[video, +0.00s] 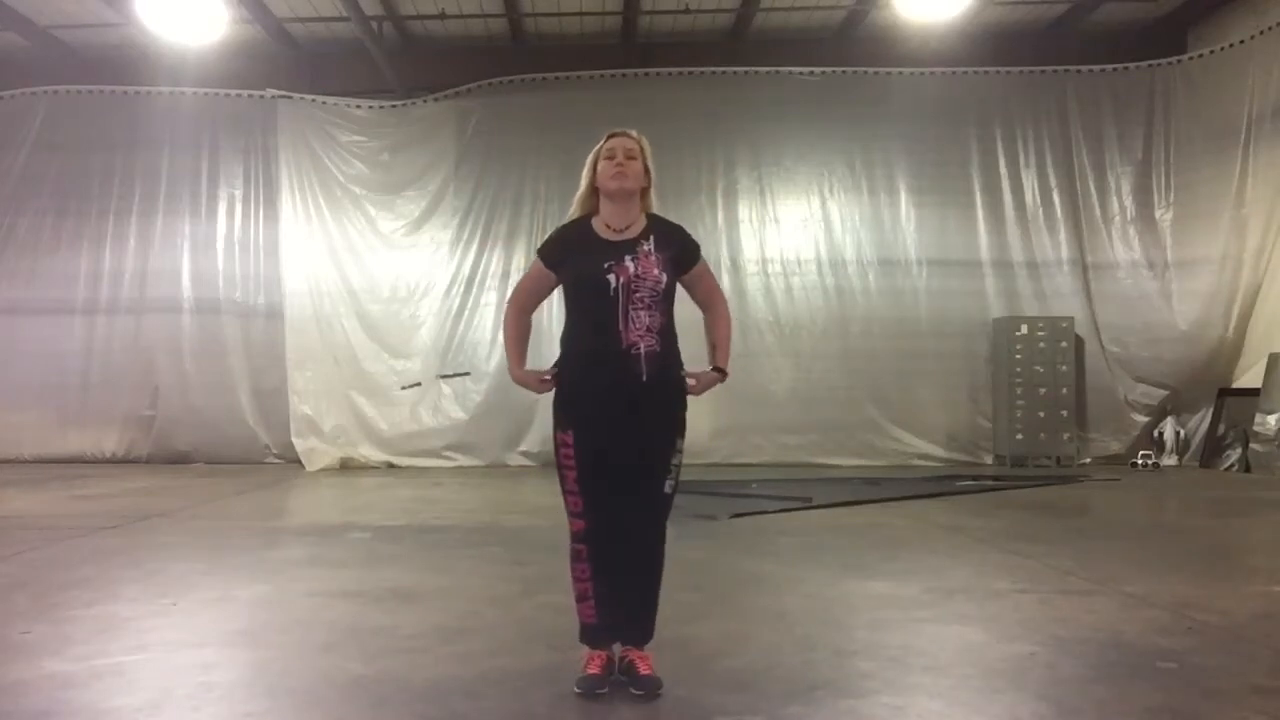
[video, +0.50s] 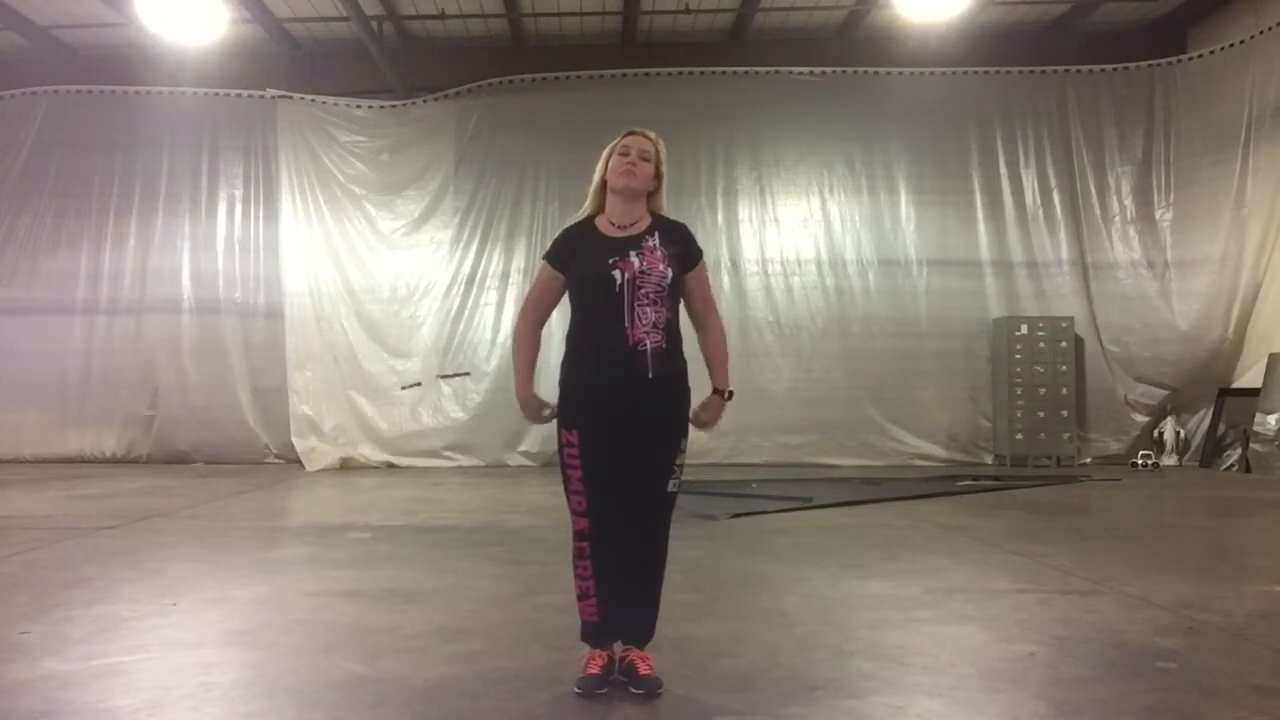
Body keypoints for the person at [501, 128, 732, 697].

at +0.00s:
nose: (619, 163)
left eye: (629, 156)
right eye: (609, 156)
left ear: (646, 173)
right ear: (594, 173)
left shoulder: (671, 240)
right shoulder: (569, 241)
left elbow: (713, 303)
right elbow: (520, 304)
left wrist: (720, 367)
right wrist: (517, 370)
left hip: (656, 403)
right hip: (585, 402)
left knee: (645, 524)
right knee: (589, 527)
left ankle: (634, 648)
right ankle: (597, 649)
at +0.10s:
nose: (622, 162)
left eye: (633, 156)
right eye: (612, 156)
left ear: (649, 174)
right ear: (596, 172)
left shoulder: (672, 238)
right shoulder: (571, 240)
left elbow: (713, 300)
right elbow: (524, 302)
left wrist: (719, 367)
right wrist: (523, 371)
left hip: (658, 401)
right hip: (588, 400)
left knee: (647, 522)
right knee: (591, 526)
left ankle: (635, 648)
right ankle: (597, 649)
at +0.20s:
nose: (625, 161)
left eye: (636, 156)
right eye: (616, 155)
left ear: (652, 175)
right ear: (599, 171)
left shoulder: (674, 237)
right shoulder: (572, 240)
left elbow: (714, 298)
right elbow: (527, 303)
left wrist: (715, 367)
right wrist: (533, 375)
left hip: (660, 400)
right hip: (590, 399)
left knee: (648, 522)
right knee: (593, 525)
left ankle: (634, 648)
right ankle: (599, 648)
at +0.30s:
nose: (629, 161)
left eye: (640, 156)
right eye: (620, 154)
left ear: (655, 175)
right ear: (602, 169)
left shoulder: (674, 236)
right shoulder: (573, 240)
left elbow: (714, 301)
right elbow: (529, 308)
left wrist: (715, 373)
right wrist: (538, 382)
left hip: (659, 402)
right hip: (589, 400)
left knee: (648, 523)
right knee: (594, 526)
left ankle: (635, 648)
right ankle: (599, 649)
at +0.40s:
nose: (631, 162)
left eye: (643, 157)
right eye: (622, 154)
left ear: (657, 177)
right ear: (604, 168)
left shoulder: (676, 238)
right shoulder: (575, 240)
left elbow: (713, 310)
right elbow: (532, 315)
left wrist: (718, 381)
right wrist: (533, 390)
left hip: (659, 404)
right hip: (589, 403)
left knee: (647, 524)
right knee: (593, 527)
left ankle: (634, 649)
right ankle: (599, 649)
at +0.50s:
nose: (631, 163)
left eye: (643, 158)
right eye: (622, 155)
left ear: (657, 177)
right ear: (604, 168)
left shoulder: (676, 239)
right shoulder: (576, 240)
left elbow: (706, 317)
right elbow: (531, 314)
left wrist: (721, 388)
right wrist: (523, 390)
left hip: (659, 406)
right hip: (589, 405)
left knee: (647, 524)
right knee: (593, 527)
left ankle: (634, 649)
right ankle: (599, 649)